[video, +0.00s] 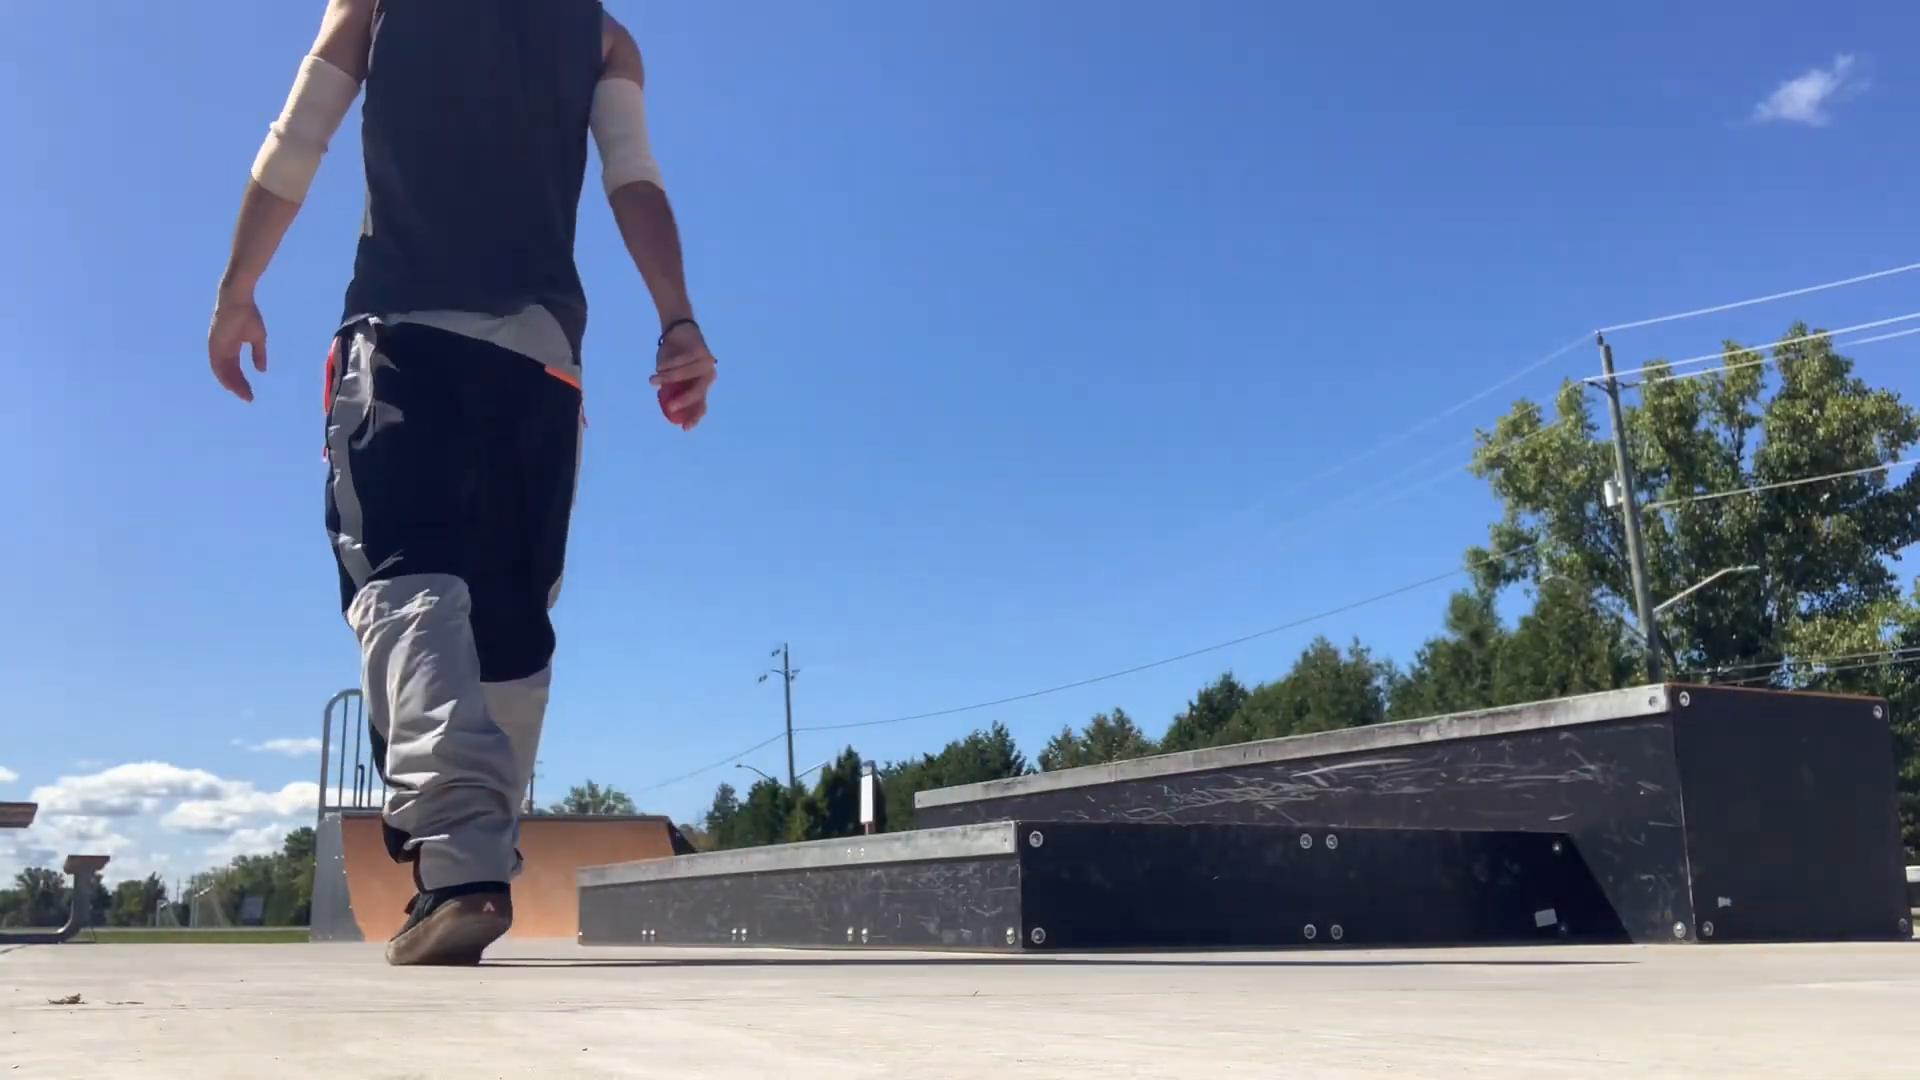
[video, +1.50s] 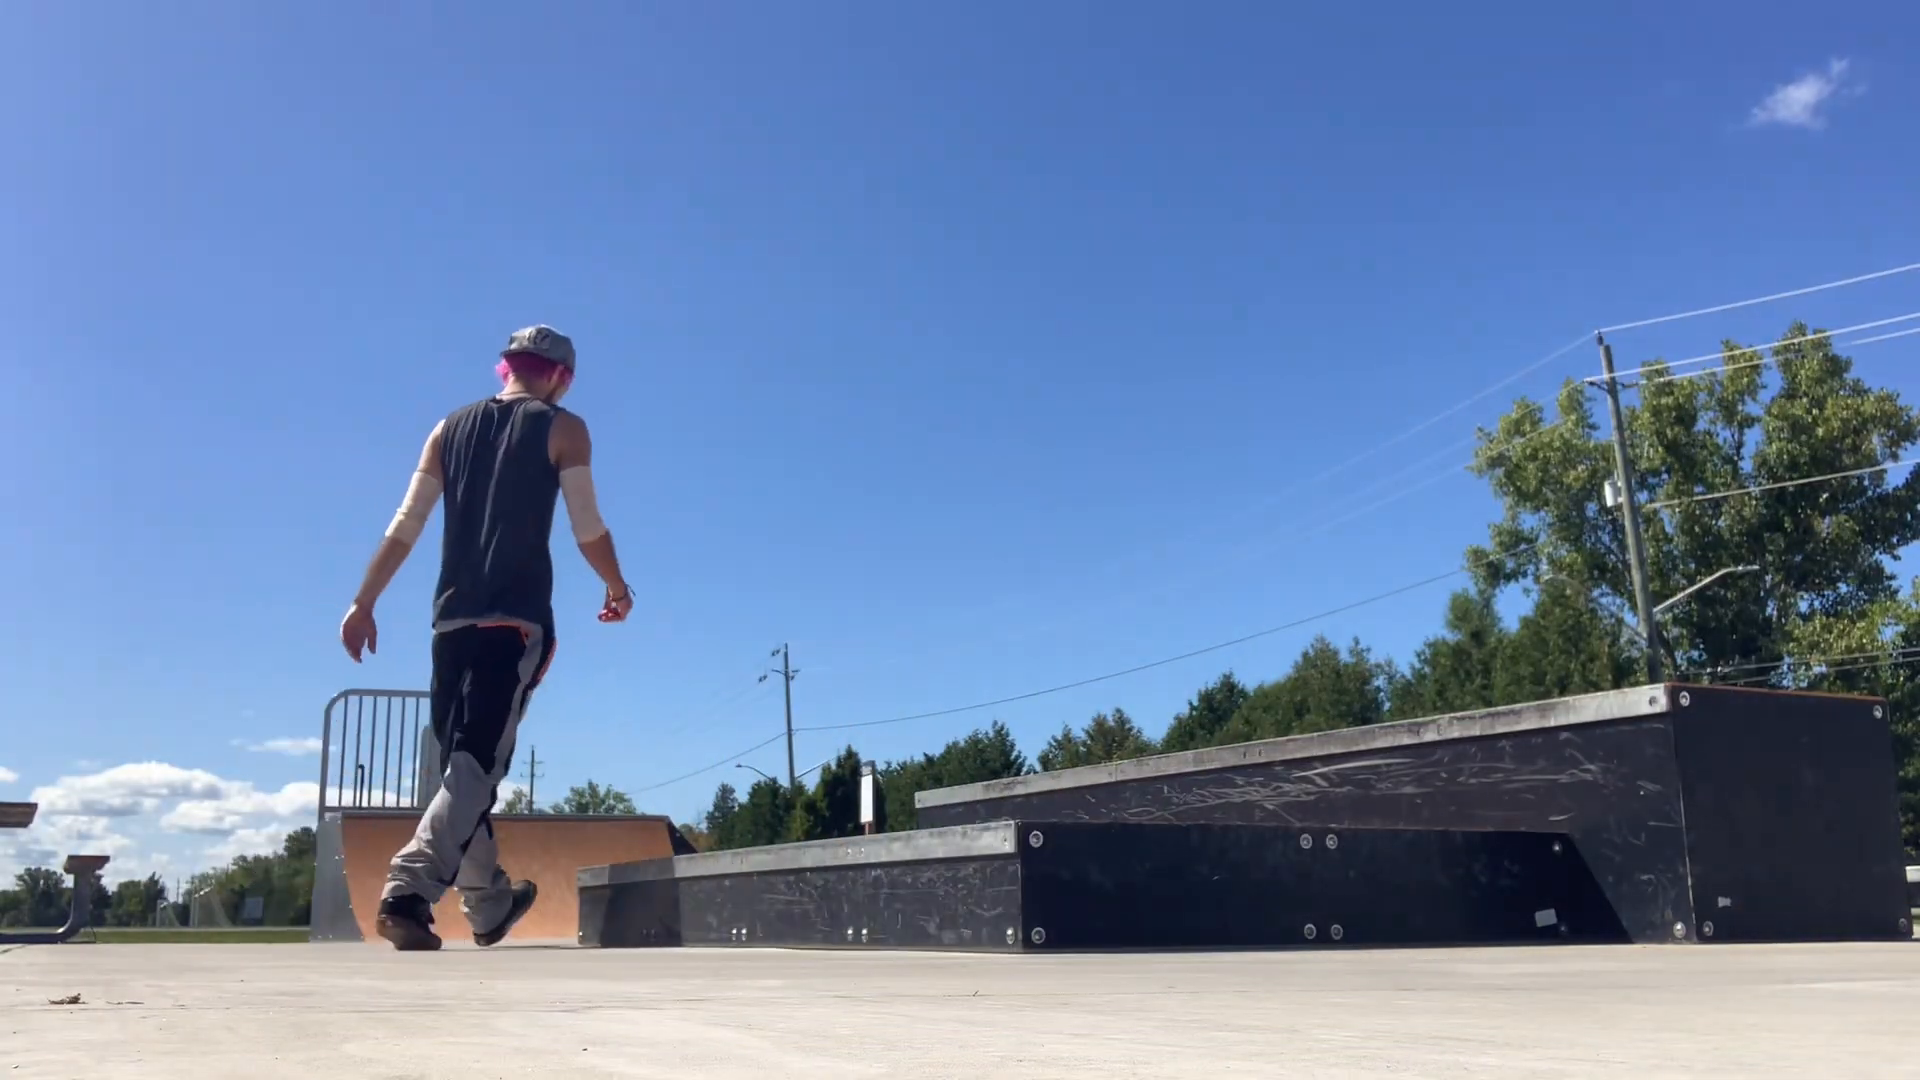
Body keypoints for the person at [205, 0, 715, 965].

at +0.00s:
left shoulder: (375, 8)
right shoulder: (601, 28)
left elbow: (296, 143)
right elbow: (632, 175)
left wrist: (235, 290)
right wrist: (678, 316)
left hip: (403, 321)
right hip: (536, 337)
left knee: (406, 576)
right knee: (512, 614)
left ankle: (462, 867)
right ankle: (474, 873)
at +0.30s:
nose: (419, 41)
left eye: (410, 29)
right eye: (487, 33)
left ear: (410, 31)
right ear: (500, 41)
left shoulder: (368, 91)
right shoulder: (552, 135)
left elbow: (312, 245)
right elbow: (582, 302)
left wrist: (244, 378)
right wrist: (609, 444)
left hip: (384, 424)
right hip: (509, 435)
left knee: (337, 629)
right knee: (477, 663)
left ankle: (378, 797)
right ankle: (444, 911)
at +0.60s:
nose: (372, 175)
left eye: (367, 162)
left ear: (369, 161)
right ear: (445, 163)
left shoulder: (329, 223)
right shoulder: (495, 243)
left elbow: (282, 352)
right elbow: (538, 386)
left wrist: (223, 454)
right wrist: (533, 469)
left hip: (342, 504)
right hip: (448, 512)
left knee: (311, 697)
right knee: (437, 671)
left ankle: (292, 911)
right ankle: (430, 815)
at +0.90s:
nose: (415, 238)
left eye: (401, 224)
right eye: (443, 231)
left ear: (384, 226)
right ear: (458, 235)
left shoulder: (331, 285)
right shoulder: (484, 303)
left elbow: (269, 411)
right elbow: (493, 423)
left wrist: (225, 505)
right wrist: (516, 537)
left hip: (339, 542)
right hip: (438, 552)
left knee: (313, 710)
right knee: (422, 730)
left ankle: (293, 904)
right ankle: (397, 901)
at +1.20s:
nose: (488, 322)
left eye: (461, 307)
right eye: (502, 314)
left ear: (444, 305)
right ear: (505, 316)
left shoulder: (389, 363)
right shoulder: (522, 379)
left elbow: (337, 470)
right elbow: (524, 484)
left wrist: (304, 551)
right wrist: (540, 584)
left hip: (397, 584)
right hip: (480, 589)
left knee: (370, 714)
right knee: (451, 760)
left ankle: (332, 802)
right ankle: (405, 912)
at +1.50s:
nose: (564, 387)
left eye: (562, 380)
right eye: (566, 379)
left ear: (505, 371)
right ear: (560, 377)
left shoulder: (451, 428)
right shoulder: (563, 428)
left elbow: (406, 524)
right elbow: (587, 530)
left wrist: (364, 602)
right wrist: (615, 583)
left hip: (453, 616)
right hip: (516, 616)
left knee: (462, 762)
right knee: (477, 763)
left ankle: (489, 904)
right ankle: (407, 895)